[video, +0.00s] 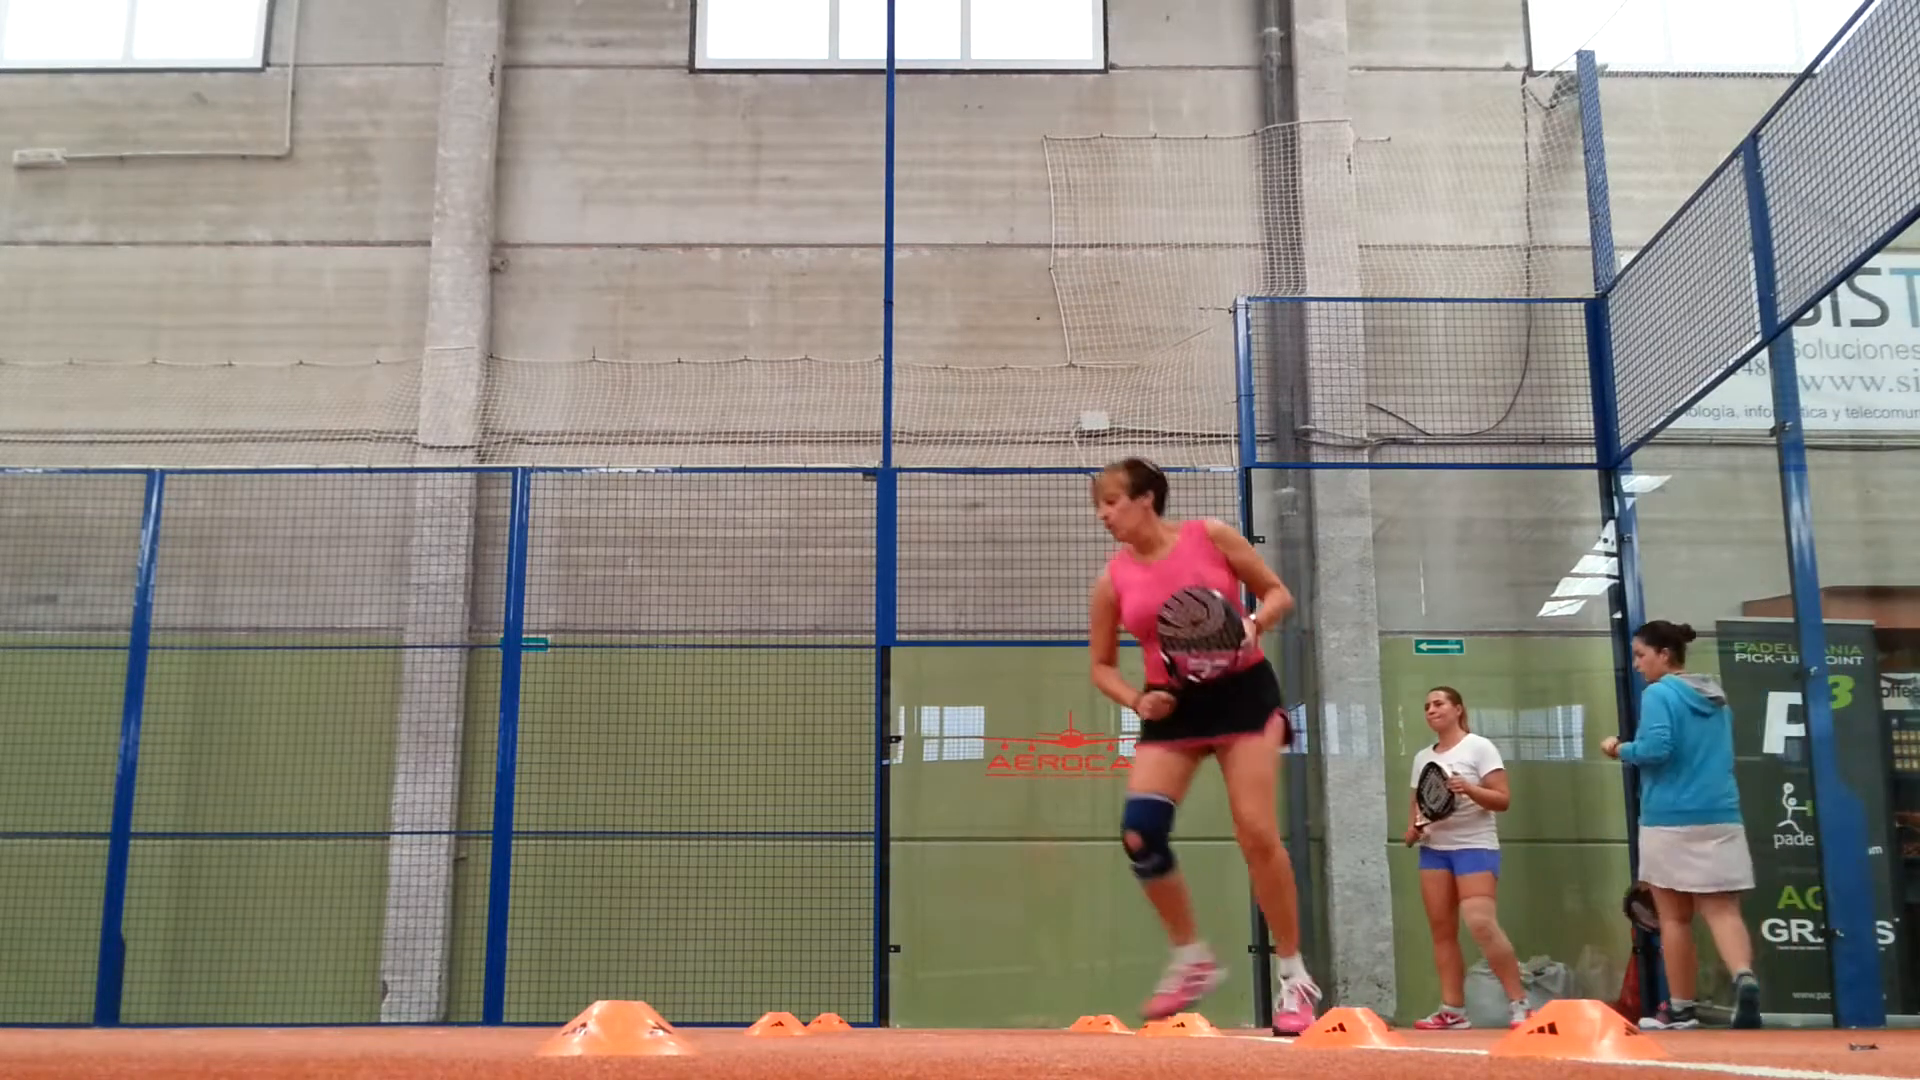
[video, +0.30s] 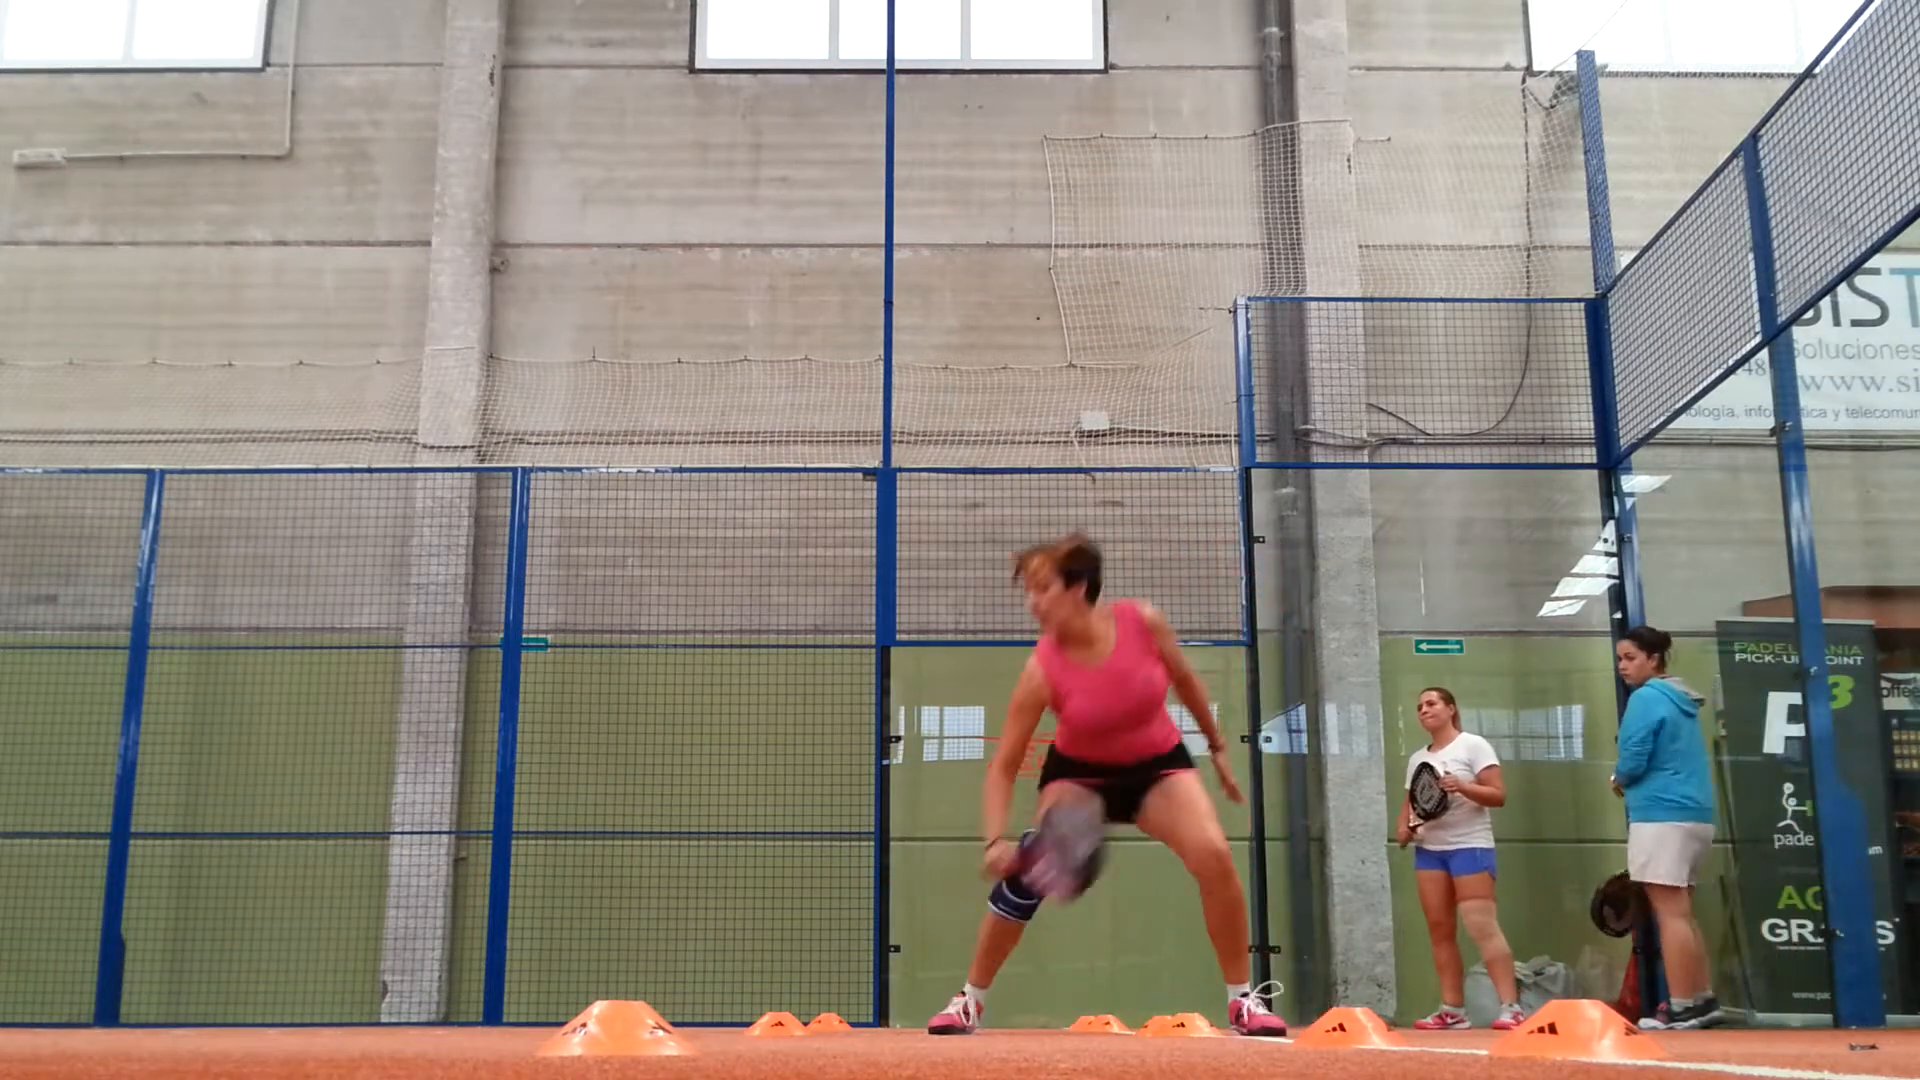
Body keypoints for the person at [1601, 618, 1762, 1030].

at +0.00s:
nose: (1636, 664)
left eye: (1640, 655)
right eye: (1635, 656)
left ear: (1664, 654)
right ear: (1671, 656)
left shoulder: (1659, 692)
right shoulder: (1713, 693)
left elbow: (1657, 748)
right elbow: (1723, 756)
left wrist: (1619, 749)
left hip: (1669, 819)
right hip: (1720, 814)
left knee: (1673, 918)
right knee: (1723, 906)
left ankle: (1681, 1010)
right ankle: (1744, 976)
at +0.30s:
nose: (1622, 666)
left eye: (1629, 658)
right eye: (1620, 659)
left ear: (1653, 659)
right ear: (1653, 663)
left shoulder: (1646, 698)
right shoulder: (1679, 696)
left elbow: (1633, 760)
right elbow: (1670, 759)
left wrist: (1618, 780)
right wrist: (1629, 778)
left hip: (1663, 815)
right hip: (1694, 813)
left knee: (1671, 914)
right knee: (1681, 911)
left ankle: (1681, 1006)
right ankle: (1702, 999)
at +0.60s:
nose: (1621, 674)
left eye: (1629, 666)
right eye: (1617, 667)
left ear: (1650, 670)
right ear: (1615, 673)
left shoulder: (1658, 704)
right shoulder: (1626, 718)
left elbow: (1648, 762)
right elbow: (1614, 779)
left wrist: (1613, 786)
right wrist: (1602, 832)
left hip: (1667, 816)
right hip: (1650, 819)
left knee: (1662, 908)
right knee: (1662, 911)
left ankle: (1680, 1005)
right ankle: (1674, 1004)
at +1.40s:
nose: (1649, 676)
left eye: (1656, 669)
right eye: (1642, 670)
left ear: (1670, 675)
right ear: (1633, 679)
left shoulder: (1691, 714)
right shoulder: (1626, 724)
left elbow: (1710, 765)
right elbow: (1628, 769)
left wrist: (1657, 771)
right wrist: (1629, 818)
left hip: (1699, 828)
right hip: (1654, 832)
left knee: (1704, 918)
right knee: (1665, 919)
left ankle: (1711, 1002)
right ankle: (1673, 1007)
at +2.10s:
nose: (1668, 679)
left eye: (1675, 672)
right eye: (1662, 674)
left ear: (1692, 678)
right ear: (1655, 683)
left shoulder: (1716, 722)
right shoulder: (1644, 727)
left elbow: (1744, 774)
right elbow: (1632, 773)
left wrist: (1704, 783)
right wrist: (1635, 789)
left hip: (1708, 837)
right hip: (1659, 837)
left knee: (1705, 918)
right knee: (1653, 914)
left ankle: (1709, 1003)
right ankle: (1672, 1000)